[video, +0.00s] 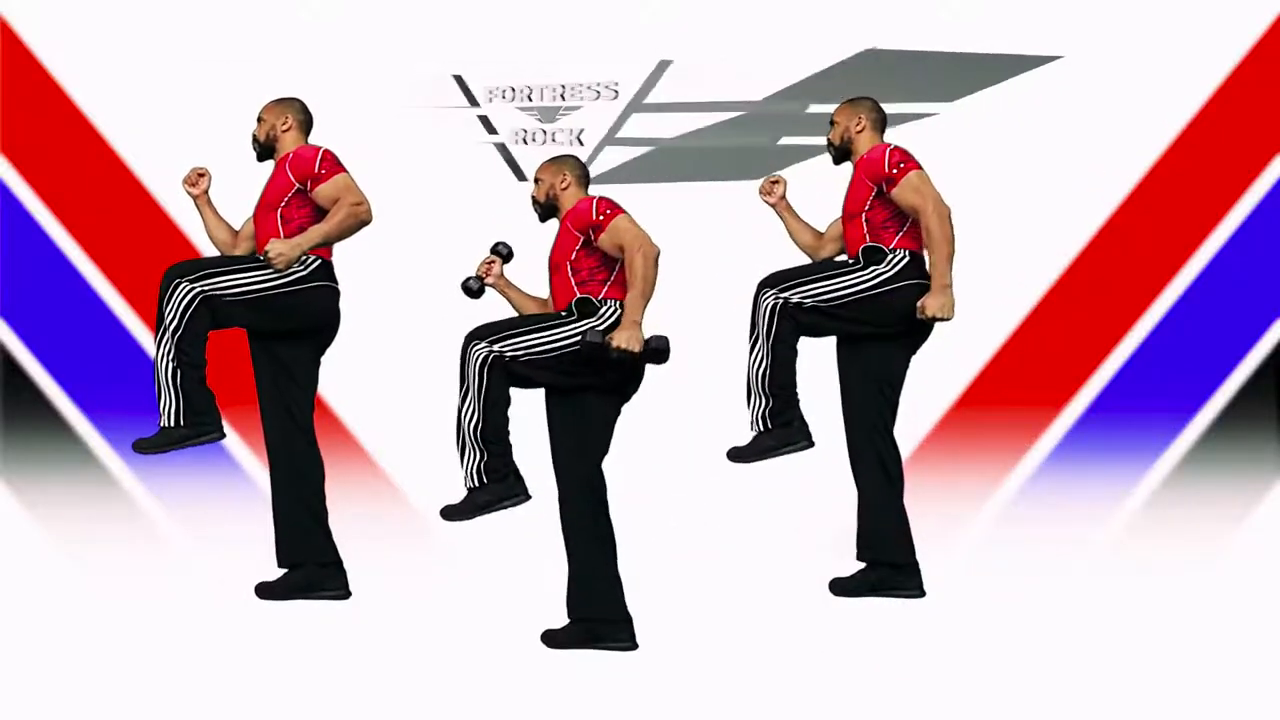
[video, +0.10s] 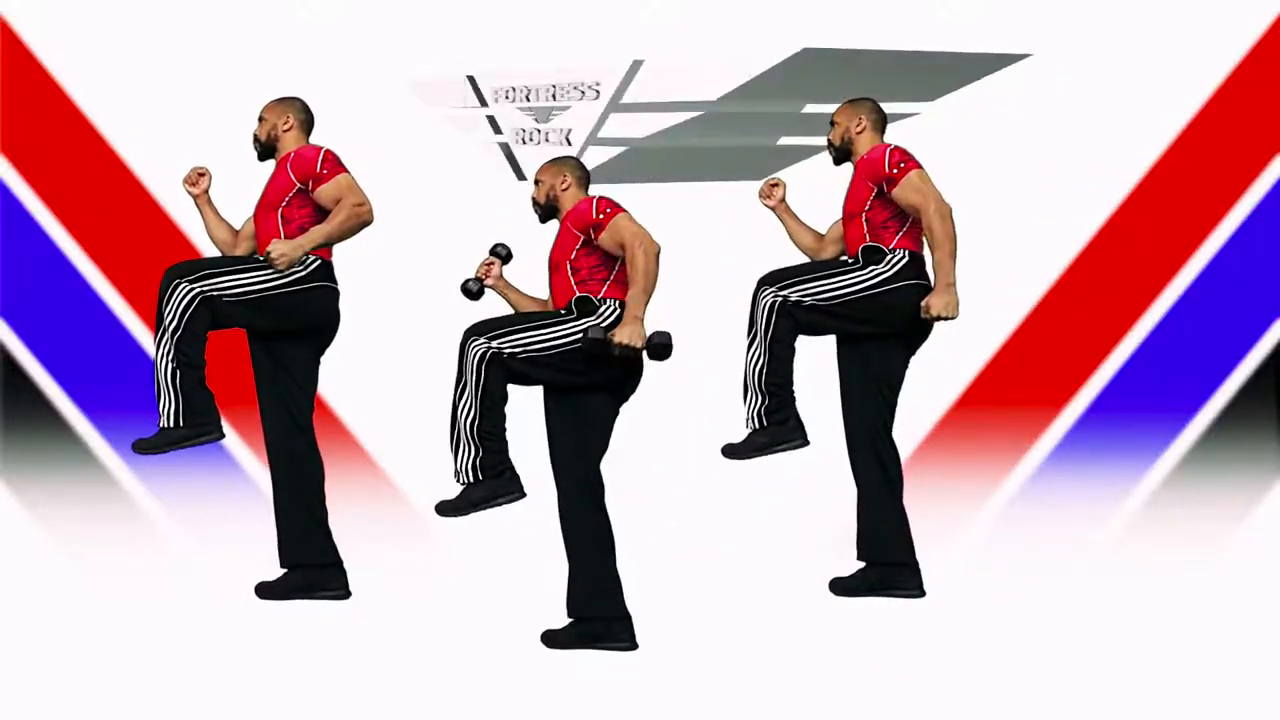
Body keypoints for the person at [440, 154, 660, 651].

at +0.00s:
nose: (532, 192)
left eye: (538, 182)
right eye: (533, 184)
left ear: (563, 181)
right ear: (562, 183)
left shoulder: (587, 207)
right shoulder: (568, 240)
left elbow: (642, 249)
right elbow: (553, 315)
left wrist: (633, 320)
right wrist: (502, 284)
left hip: (595, 328)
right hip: (601, 350)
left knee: (483, 346)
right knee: (579, 484)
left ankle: (494, 477)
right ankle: (602, 620)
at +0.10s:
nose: (533, 194)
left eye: (538, 184)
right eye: (533, 186)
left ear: (563, 181)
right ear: (563, 184)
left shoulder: (586, 207)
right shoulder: (569, 239)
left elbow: (643, 245)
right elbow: (554, 315)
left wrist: (634, 317)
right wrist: (500, 284)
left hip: (595, 326)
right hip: (602, 351)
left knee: (482, 342)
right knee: (578, 484)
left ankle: (489, 474)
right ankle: (602, 620)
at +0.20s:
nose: (531, 194)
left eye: (536, 184)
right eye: (532, 186)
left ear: (562, 182)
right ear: (563, 185)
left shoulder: (585, 208)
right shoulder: (568, 240)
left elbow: (641, 246)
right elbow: (553, 316)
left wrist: (632, 317)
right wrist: (500, 284)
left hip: (593, 327)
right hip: (600, 352)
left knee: (481, 346)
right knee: (577, 485)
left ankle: (489, 477)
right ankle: (602, 620)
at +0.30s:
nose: (530, 193)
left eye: (535, 184)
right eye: (530, 185)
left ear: (561, 182)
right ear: (559, 184)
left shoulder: (582, 208)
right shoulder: (565, 240)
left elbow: (635, 249)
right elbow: (558, 318)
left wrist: (619, 320)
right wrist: (503, 292)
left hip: (589, 337)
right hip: (604, 355)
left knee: (482, 363)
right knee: (578, 488)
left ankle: (500, 494)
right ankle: (602, 621)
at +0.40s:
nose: (523, 195)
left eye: (528, 185)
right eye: (524, 188)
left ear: (551, 182)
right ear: (558, 184)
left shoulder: (580, 208)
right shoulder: (562, 238)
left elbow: (621, 255)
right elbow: (573, 325)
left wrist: (587, 325)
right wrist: (515, 316)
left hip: (602, 344)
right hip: (609, 358)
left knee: (498, 393)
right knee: (580, 488)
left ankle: (547, 521)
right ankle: (602, 621)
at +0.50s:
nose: (513, 201)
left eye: (518, 190)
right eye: (514, 194)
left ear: (543, 187)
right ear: (548, 190)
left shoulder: (574, 216)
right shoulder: (557, 245)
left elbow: (598, 271)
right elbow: (576, 328)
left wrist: (544, 327)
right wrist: (541, 348)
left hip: (613, 333)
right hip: (606, 345)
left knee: (536, 436)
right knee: (586, 484)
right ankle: (600, 619)